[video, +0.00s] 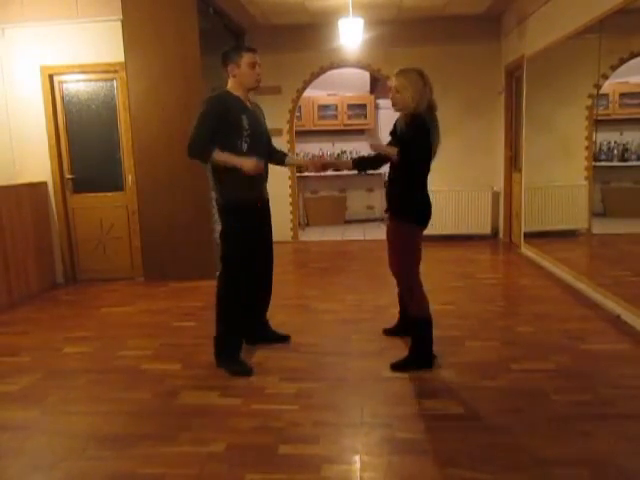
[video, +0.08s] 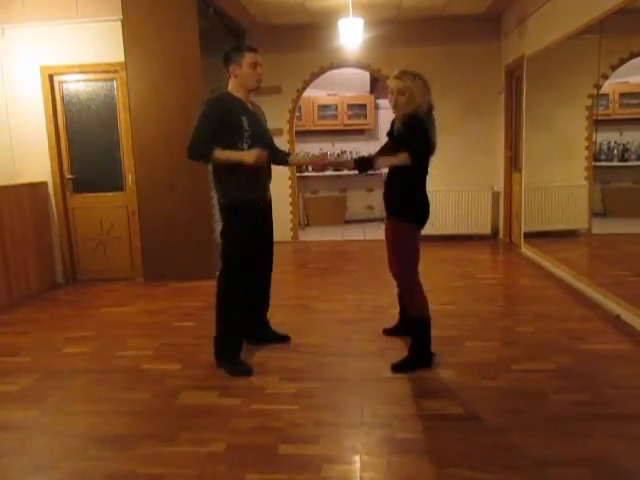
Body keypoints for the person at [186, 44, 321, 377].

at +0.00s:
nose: (259, 72)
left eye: (259, 66)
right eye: (253, 66)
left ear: (248, 71)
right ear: (232, 70)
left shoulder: (253, 109)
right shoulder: (218, 104)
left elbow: (265, 151)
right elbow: (197, 148)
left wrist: (300, 162)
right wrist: (239, 160)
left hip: (258, 201)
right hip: (234, 203)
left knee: (261, 265)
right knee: (236, 272)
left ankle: (256, 327)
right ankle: (227, 352)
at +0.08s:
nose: (260, 72)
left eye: (260, 66)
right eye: (254, 66)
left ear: (253, 71)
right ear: (233, 70)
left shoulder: (253, 110)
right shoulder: (219, 105)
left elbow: (269, 151)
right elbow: (197, 149)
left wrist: (302, 160)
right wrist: (242, 155)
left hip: (259, 202)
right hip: (236, 204)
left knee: (261, 266)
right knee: (236, 273)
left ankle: (257, 327)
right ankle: (227, 352)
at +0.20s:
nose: (261, 74)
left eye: (261, 68)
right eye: (255, 68)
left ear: (243, 72)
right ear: (235, 71)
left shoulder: (256, 111)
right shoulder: (219, 109)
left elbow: (272, 151)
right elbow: (211, 158)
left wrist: (307, 159)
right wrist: (257, 147)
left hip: (263, 201)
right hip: (237, 203)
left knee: (261, 268)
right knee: (235, 275)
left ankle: (257, 327)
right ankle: (227, 351)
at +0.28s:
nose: (260, 74)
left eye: (260, 68)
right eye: (254, 68)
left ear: (244, 73)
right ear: (234, 72)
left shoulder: (255, 113)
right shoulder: (218, 110)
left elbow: (274, 152)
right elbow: (219, 158)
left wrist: (310, 159)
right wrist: (259, 139)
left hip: (263, 201)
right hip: (238, 203)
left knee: (261, 269)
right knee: (235, 275)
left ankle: (258, 327)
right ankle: (227, 351)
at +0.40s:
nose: (257, 75)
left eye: (256, 69)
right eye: (250, 69)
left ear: (243, 75)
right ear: (230, 74)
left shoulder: (250, 112)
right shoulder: (216, 111)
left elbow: (273, 154)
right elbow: (221, 154)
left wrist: (310, 165)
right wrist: (248, 130)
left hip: (260, 200)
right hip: (238, 203)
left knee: (261, 267)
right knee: (236, 273)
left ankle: (259, 327)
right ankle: (226, 351)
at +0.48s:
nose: (255, 76)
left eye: (254, 70)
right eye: (248, 70)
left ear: (242, 76)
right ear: (228, 75)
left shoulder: (246, 112)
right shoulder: (215, 111)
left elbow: (270, 155)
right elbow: (220, 151)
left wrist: (309, 169)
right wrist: (243, 126)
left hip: (257, 200)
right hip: (236, 203)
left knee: (259, 266)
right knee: (236, 273)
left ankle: (259, 328)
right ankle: (226, 351)